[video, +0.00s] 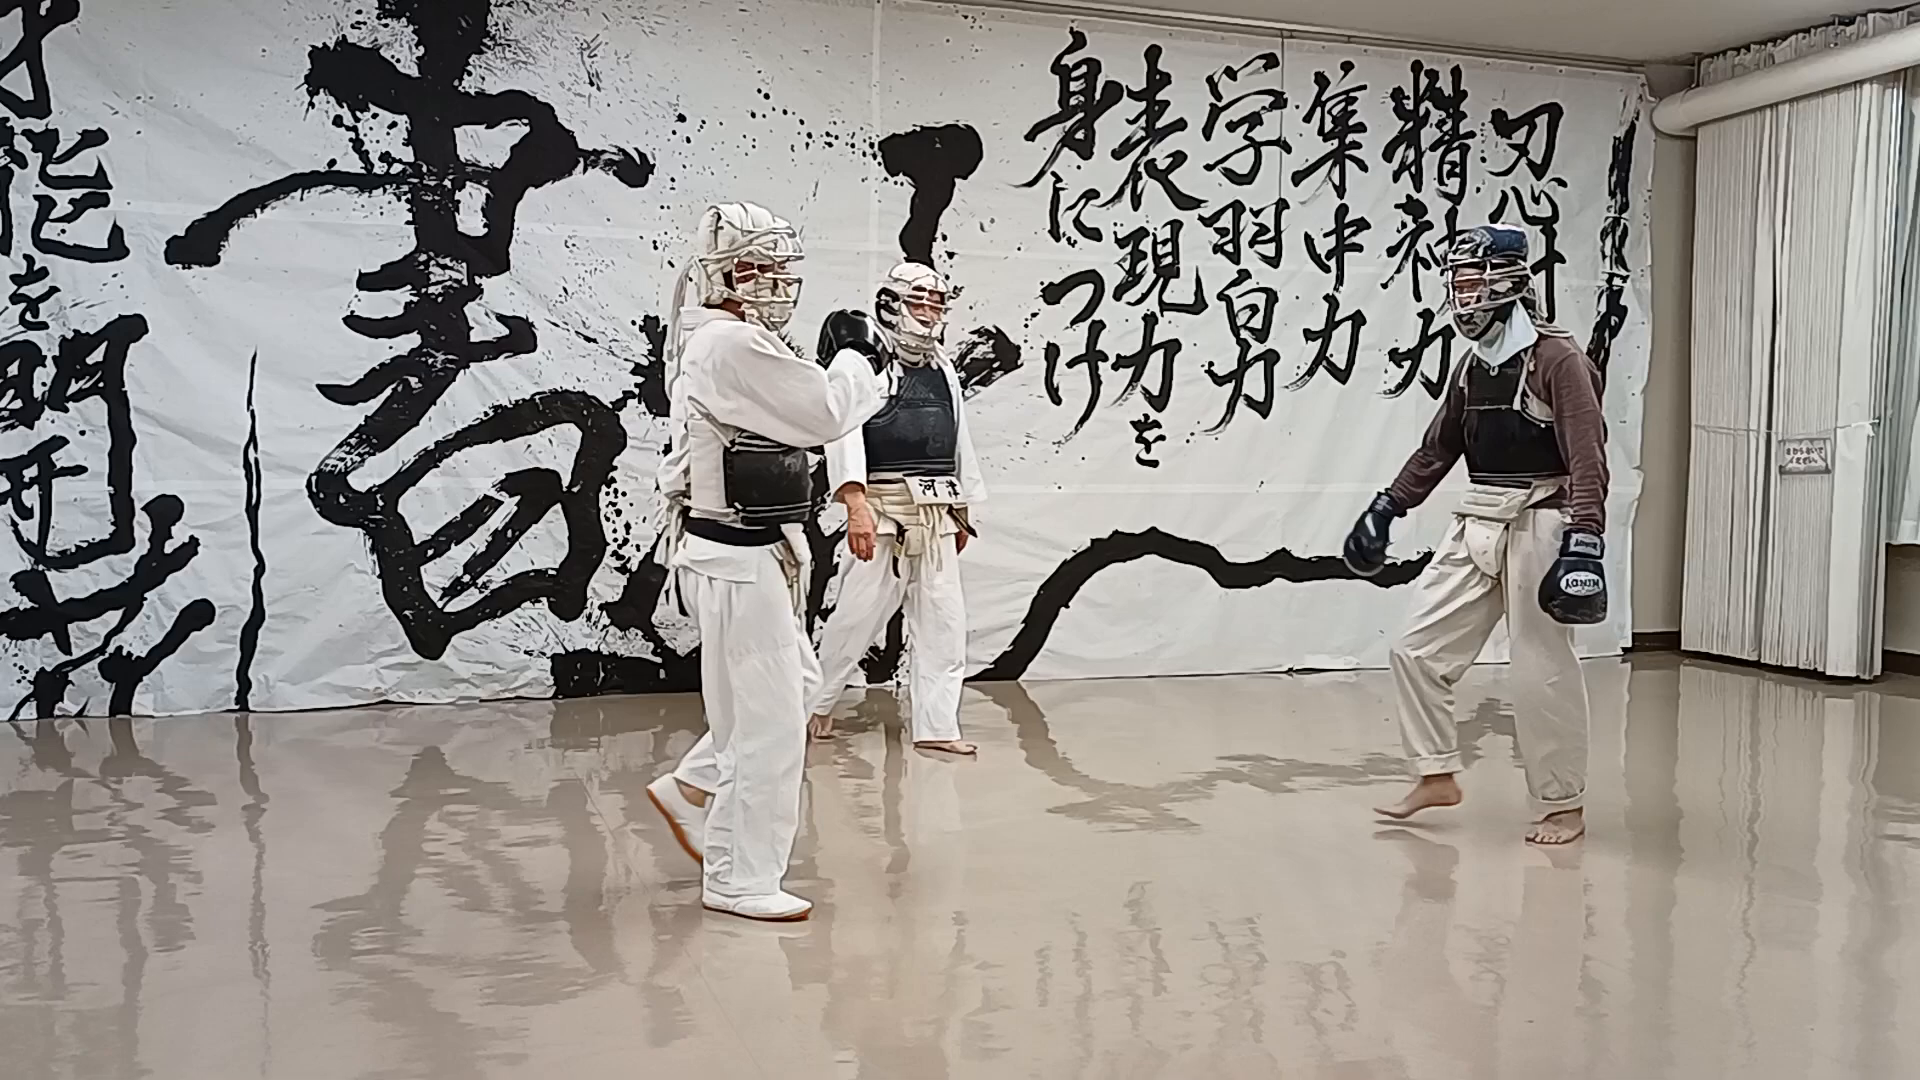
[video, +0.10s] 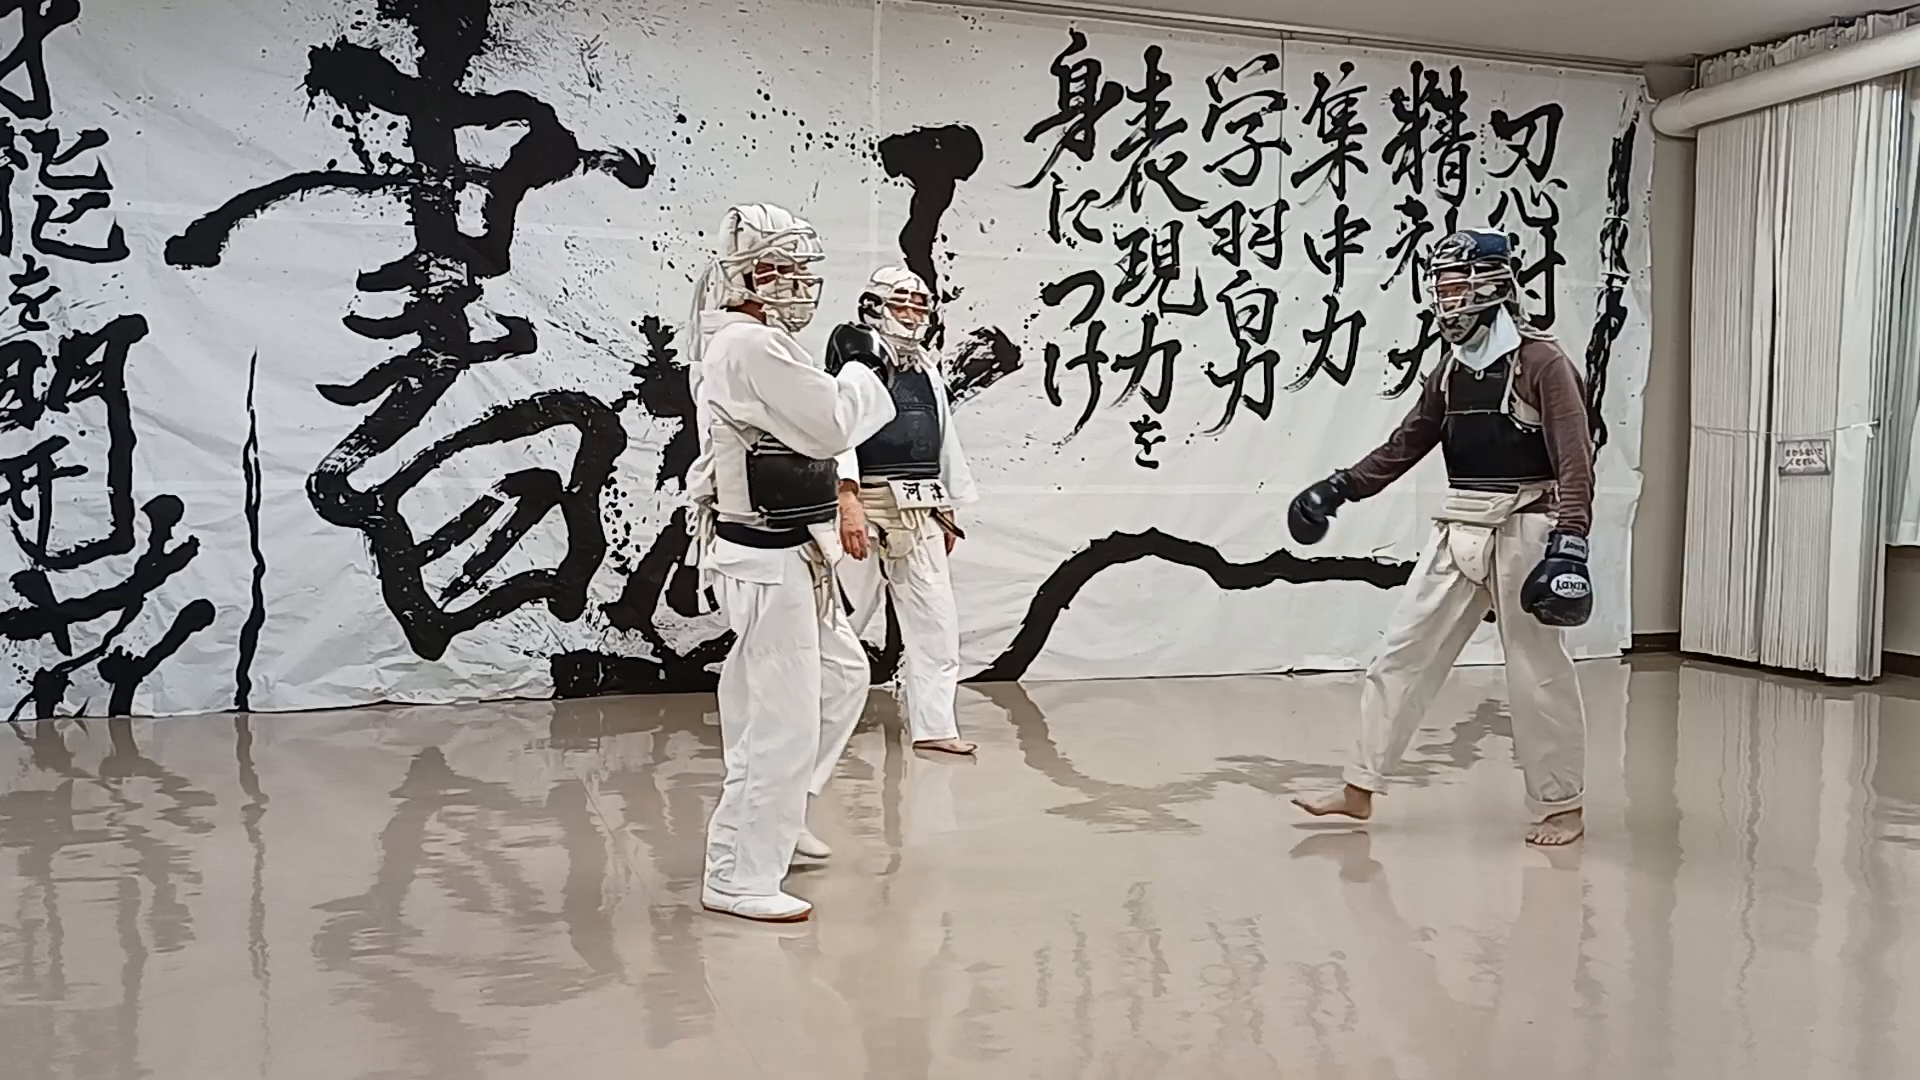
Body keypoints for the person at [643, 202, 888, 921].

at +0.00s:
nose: (780, 286)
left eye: (783, 273)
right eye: (765, 273)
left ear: (770, 277)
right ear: (729, 277)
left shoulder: (728, 338)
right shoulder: (730, 343)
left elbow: (802, 408)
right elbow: (827, 413)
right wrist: (856, 367)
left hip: (737, 550)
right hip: (739, 556)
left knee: (796, 684)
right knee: (772, 717)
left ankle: (694, 786)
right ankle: (742, 881)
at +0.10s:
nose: (799, 285)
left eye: (801, 272)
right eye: (786, 272)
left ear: (760, 276)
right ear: (751, 275)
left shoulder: (753, 337)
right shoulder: (745, 344)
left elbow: (814, 421)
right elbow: (833, 420)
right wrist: (865, 377)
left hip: (783, 552)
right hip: (762, 558)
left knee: (844, 675)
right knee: (778, 719)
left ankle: (775, 818)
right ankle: (739, 878)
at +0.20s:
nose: (825, 291)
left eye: (828, 278)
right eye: (810, 278)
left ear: (822, 280)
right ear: (774, 281)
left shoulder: (800, 348)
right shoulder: (769, 353)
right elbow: (838, 443)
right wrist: (882, 383)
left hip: (820, 557)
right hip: (786, 564)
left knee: (875, 684)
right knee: (790, 721)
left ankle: (873, 812)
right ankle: (739, 881)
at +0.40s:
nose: (897, 303)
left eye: (903, 290)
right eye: (882, 290)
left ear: (909, 296)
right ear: (845, 294)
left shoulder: (882, 366)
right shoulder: (821, 362)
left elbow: (912, 435)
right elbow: (812, 468)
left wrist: (967, 395)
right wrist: (899, 452)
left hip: (887, 568)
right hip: (830, 571)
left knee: (927, 703)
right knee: (807, 727)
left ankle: (939, 833)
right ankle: (743, 875)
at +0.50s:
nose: (926, 298)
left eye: (932, 287)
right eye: (912, 285)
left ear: (937, 294)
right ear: (880, 289)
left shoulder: (935, 367)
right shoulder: (845, 353)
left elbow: (1020, 388)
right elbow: (806, 445)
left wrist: (1106, 384)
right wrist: (886, 460)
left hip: (896, 562)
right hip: (833, 558)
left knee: (936, 701)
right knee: (824, 714)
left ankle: (938, 835)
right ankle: (764, 867)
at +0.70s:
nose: (942, 297)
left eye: (948, 285)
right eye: (929, 284)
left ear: (950, 291)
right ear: (896, 286)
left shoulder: (939, 370)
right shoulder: (859, 346)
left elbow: (996, 435)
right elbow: (835, 443)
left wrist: (1067, 456)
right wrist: (920, 472)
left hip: (911, 552)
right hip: (848, 550)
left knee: (928, 701)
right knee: (835, 708)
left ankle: (929, 832)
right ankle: (777, 849)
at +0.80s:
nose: (933, 292)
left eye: (939, 280)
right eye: (918, 279)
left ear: (945, 286)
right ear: (885, 282)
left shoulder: (927, 367)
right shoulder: (855, 345)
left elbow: (963, 450)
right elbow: (842, 448)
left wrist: (1003, 513)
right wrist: (919, 505)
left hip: (906, 548)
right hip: (846, 548)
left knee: (926, 696)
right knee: (837, 705)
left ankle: (929, 831)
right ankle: (791, 848)